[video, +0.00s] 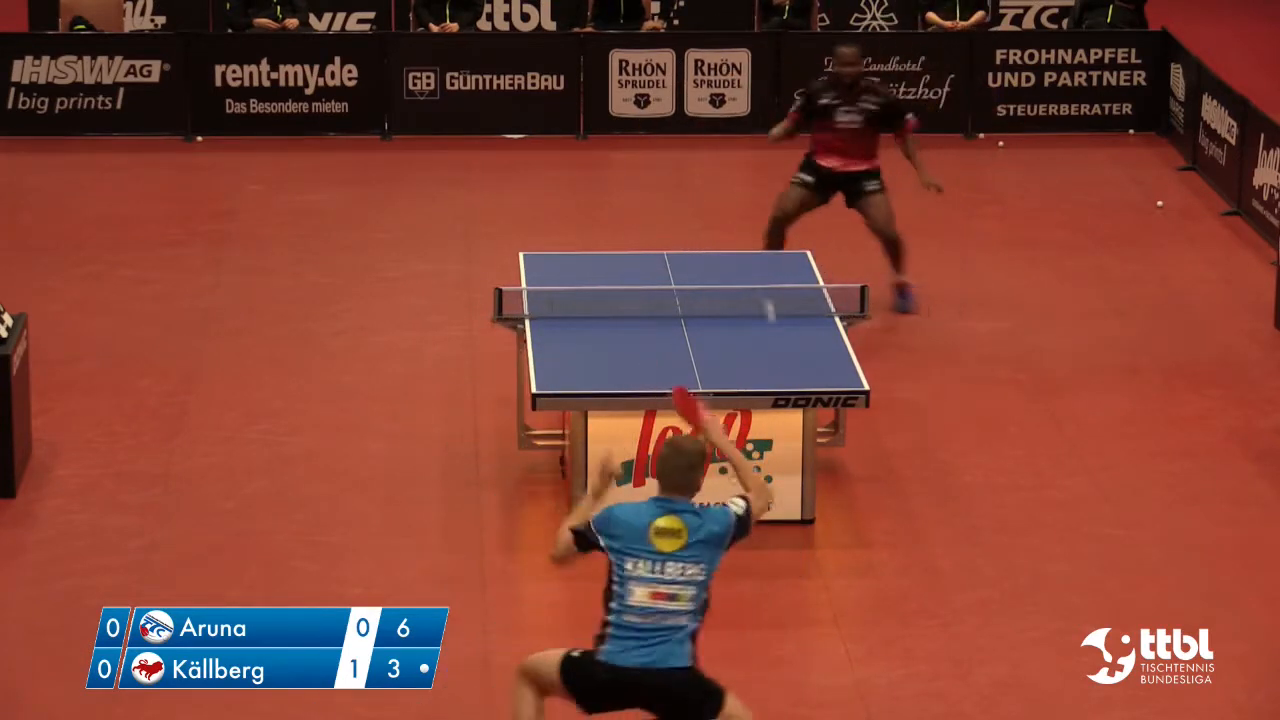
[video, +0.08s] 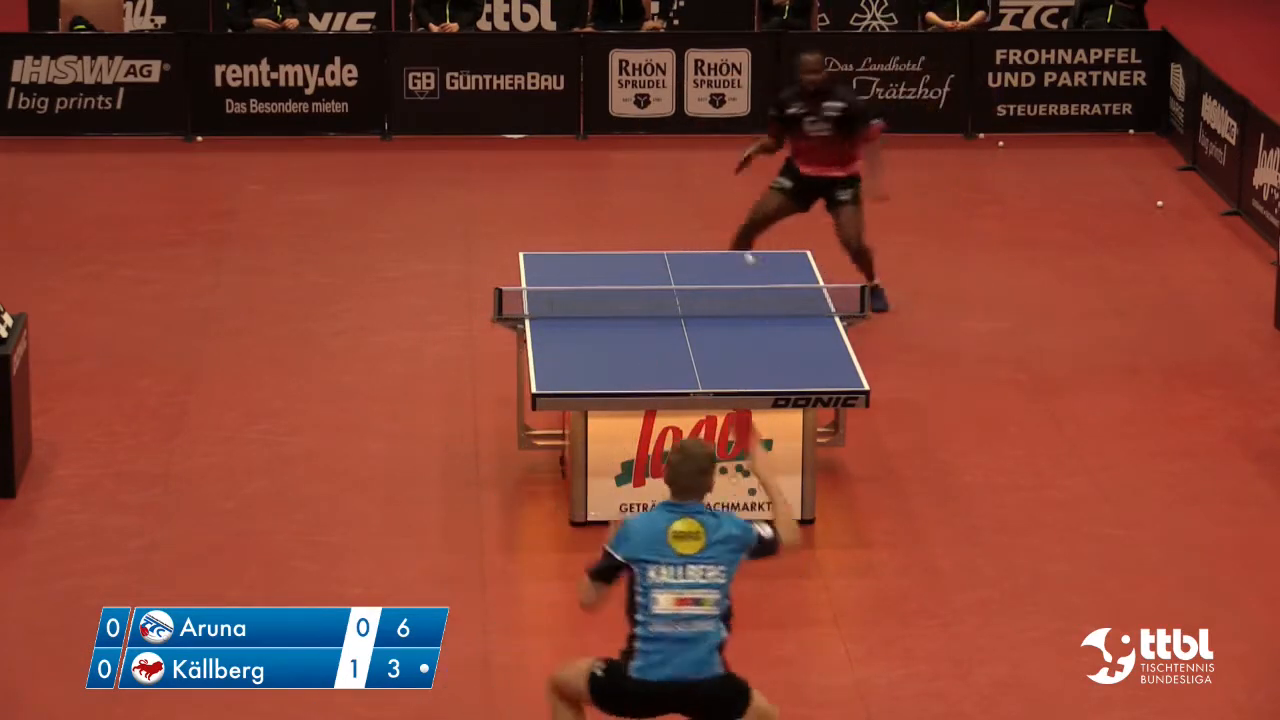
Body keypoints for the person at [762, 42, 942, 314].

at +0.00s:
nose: (847, 70)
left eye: (853, 65)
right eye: (842, 65)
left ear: (862, 65)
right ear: (833, 66)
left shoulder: (878, 96)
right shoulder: (819, 91)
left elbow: (903, 133)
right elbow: (794, 120)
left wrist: (923, 174)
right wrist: (782, 130)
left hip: (863, 174)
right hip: (820, 170)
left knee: (886, 230)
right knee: (780, 216)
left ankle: (901, 284)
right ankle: (769, 277)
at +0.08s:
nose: (811, 78)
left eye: (816, 72)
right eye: (806, 73)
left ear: (826, 72)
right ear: (798, 74)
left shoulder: (847, 101)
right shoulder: (788, 101)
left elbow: (871, 141)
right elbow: (775, 142)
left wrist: (877, 184)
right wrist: (754, 150)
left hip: (841, 179)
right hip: (800, 176)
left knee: (852, 241)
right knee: (752, 224)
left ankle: (873, 285)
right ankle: (727, 276)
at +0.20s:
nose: (759, 96)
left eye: (765, 90)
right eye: (755, 90)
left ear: (776, 91)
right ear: (749, 92)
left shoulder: (787, 115)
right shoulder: (757, 118)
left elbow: (799, 159)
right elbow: (759, 161)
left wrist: (766, 188)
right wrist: (729, 190)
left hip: (809, 193)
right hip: (775, 192)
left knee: (822, 259)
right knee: (717, 224)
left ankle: (875, 280)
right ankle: (698, 283)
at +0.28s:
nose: (733, 100)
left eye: (738, 94)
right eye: (729, 95)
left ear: (753, 93)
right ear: (725, 94)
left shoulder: (763, 116)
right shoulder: (740, 116)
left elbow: (750, 160)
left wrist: (713, 187)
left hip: (796, 196)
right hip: (760, 192)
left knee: (811, 267)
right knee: (706, 217)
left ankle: (877, 278)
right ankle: (699, 277)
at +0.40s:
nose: (713, 85)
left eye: (718, 79)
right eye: (710, 79)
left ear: (733, 76)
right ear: (708, 77)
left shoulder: (740, 96)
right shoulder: (729, 95)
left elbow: (737, 131)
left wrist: (711, 160)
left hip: (780, 182)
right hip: (745, 180)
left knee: (808, 250)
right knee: (695, 214)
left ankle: (874, 279)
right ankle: (690, 278)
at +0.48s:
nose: (707, 59)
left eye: (712, 53)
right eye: (706, 53)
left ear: (728, 52)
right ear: (708, 54)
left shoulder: (745, 76)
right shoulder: (723, 77)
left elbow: (760, 112)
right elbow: (733, 117)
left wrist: (741, 137)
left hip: (771, 161)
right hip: (736, 163)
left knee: (797, 227)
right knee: (697, 214)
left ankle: (859, 266)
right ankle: (690, 274)